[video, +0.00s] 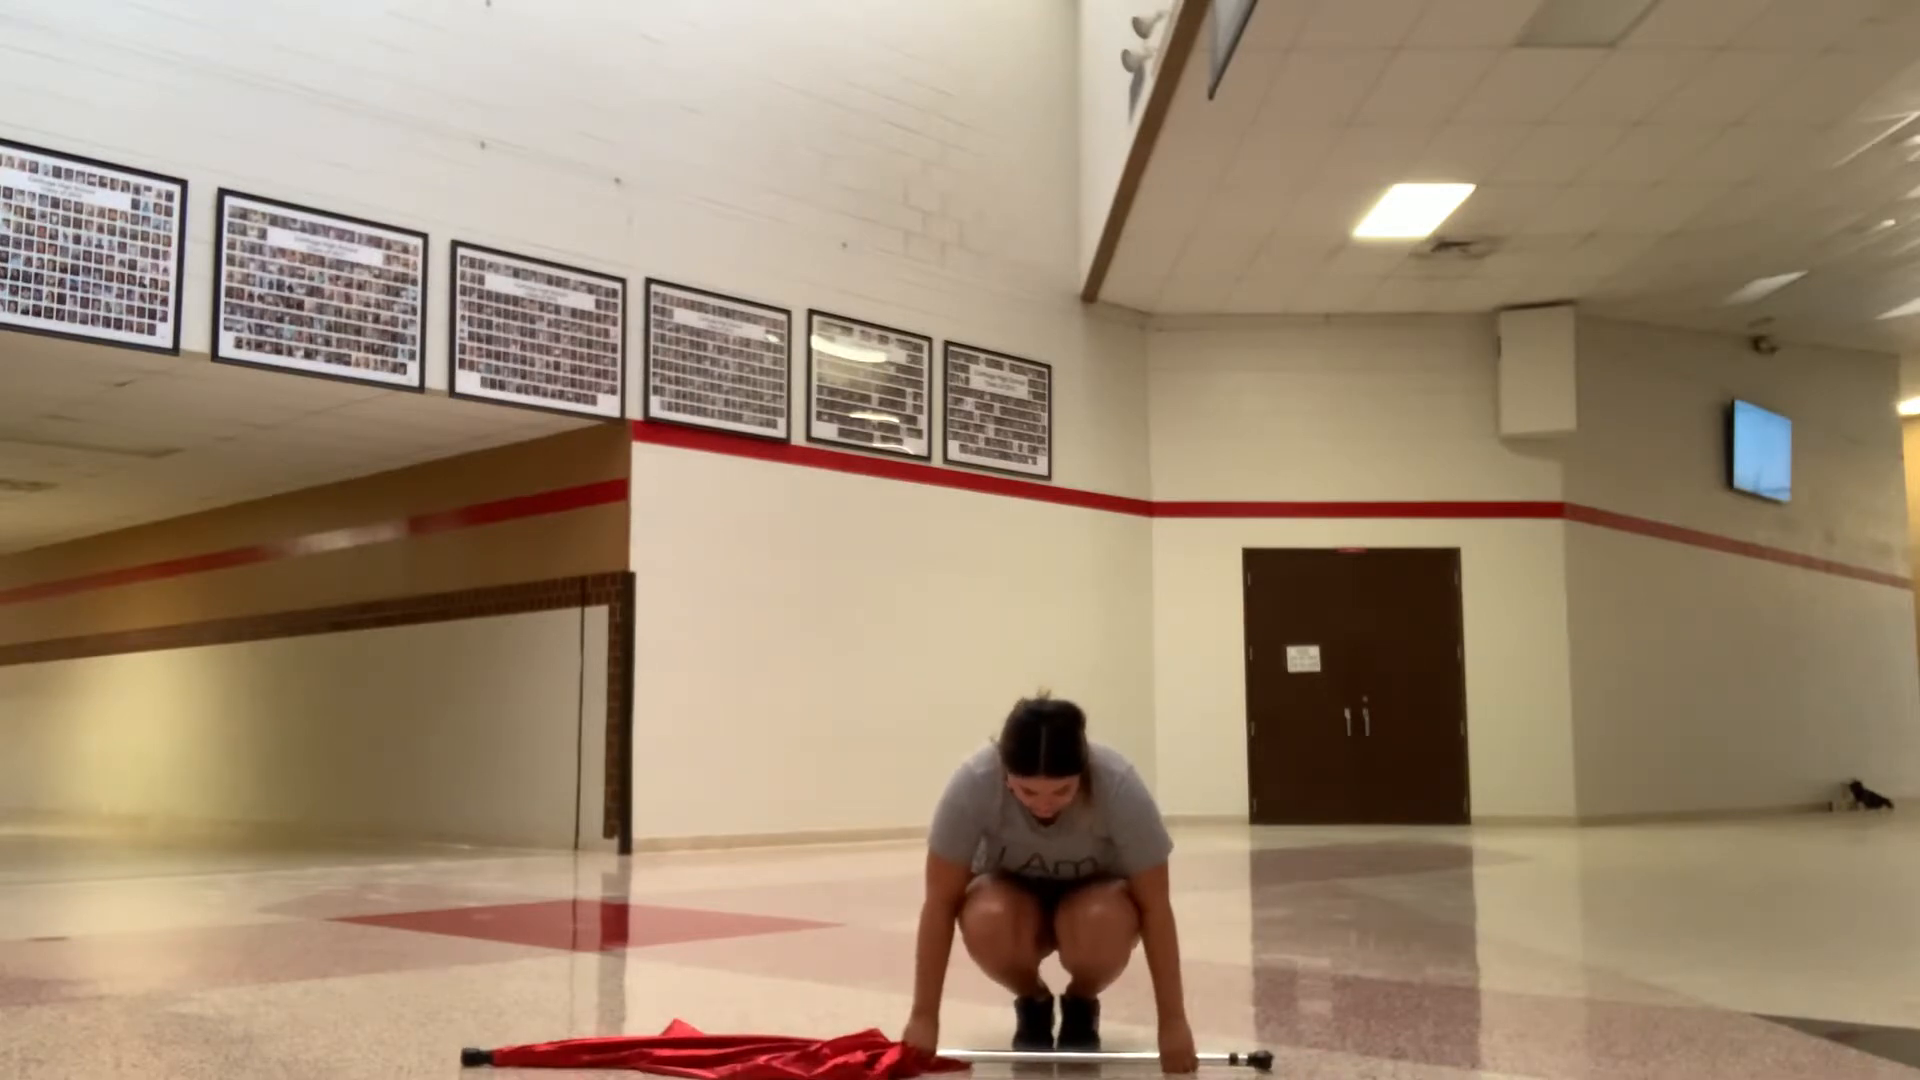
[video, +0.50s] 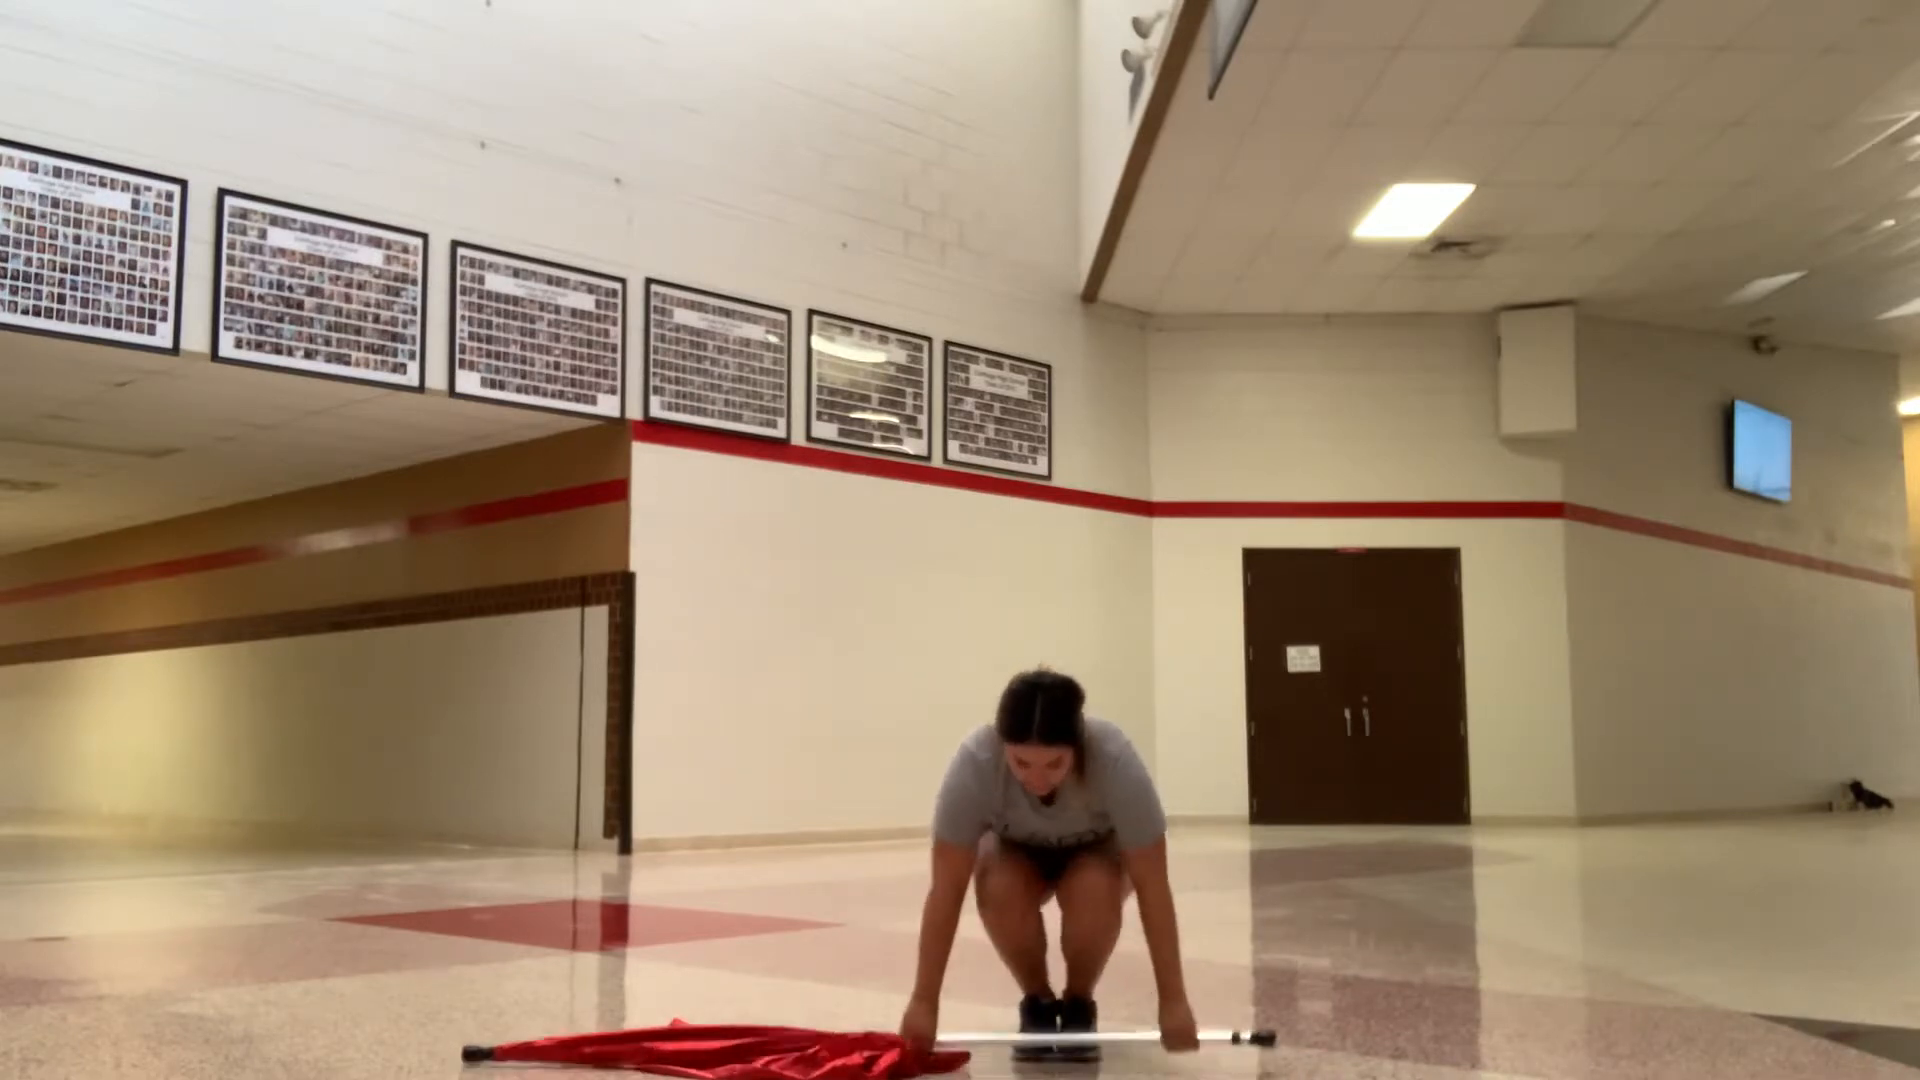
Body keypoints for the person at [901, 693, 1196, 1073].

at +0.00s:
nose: (1044, 806)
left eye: (1060, 791)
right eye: (1029, 792)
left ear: (1080, 773)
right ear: (1007, 774)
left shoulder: (1120, 789)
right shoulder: (973, 787)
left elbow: (1156, 910)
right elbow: (940, 905)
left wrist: (1173, 1024)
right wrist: (923, 1017)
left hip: (1092, 908)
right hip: (1019, 908)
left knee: (1101, 921)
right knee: (987, 917)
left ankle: (1082, 1003)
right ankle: (1032, 1001)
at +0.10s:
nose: (1043, 806)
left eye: (1059, 792)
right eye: (1028, 792)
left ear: (1080, 773)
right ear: (1007, 774)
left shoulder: (1119, 789)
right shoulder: (973, 787)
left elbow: (1156, 910)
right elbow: (940, 905)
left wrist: (1173, 1024)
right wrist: (923, 1017)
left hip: (1092, 908)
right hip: (1019, 907)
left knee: (1101, 921)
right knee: (987, 917)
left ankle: (1082, 1003)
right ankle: (1032, 1001)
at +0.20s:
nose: (1043, 807)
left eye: (1058, 792)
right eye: (1027, 793)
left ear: (1079, 773)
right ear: (1006, 776)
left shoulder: (1119, 788)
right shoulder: (972, 788)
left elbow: (1156, 910)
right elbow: (940, 904)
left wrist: (1173, 1024)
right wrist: (923, 1017)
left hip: (1091, 907)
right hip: (1019, 907)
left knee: (1101, 921)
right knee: (987, 917)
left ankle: (1082, 1003)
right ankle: (1032, 1001)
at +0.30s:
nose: (1042, 807)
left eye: (1057, 792)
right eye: (1026, 793)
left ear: (1078, 773)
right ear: (1006, 776)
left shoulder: (1118, 788)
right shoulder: (970, 788)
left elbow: (1157, 908)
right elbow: (940, 903)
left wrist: (1173, 1024)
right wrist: (922, 1017)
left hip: (1091, 908)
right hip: (1019, 907)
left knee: (1103, 917)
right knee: (987, 915)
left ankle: (1081, 1003)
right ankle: (1033, 1001)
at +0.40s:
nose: (1040, 801)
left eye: (1056, 785)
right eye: (1023, 785)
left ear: (1077, 766)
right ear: (1005, 767)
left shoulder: (1117, 782)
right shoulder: (972, 784)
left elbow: (1155, 907)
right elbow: (942, 904)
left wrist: (1171, 1021)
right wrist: (923, 1016)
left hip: (1093, 881)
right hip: (1017, 883)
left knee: (1099, 907)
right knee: (994, 905)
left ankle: (1080, 1004)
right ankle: (1036, 1002)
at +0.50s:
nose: (1037, 779)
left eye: (1053, 765)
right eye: (1022, 765)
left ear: (1076, 746)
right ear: (1004, 746)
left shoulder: (1115, 761)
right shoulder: (975, 765)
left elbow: (1153, 887)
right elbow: (945, 891)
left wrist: (1173, 1001)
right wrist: (924, 1002)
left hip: (1094, 847)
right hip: (1018, 848)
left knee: (1093, 890)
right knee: (999, 888)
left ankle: (1079, 1004)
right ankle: (1037, 1002)